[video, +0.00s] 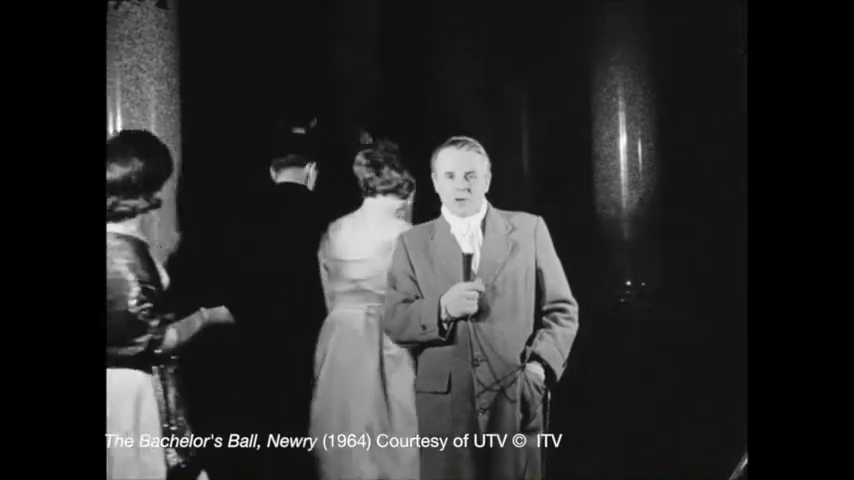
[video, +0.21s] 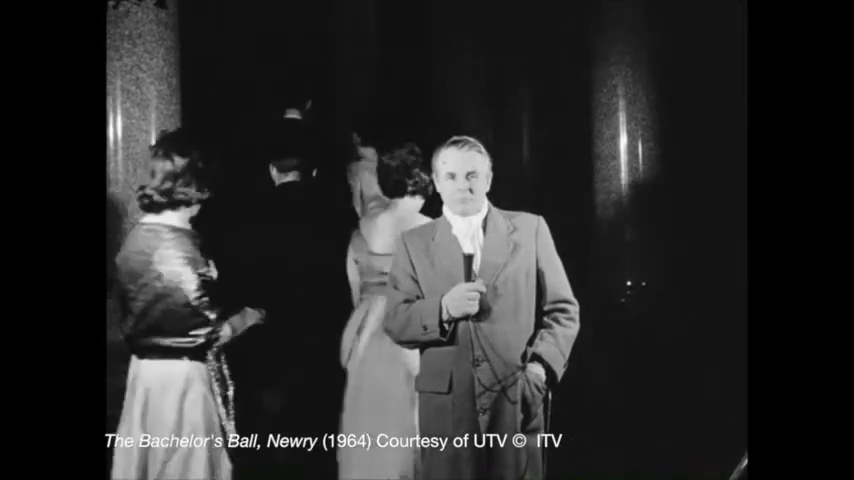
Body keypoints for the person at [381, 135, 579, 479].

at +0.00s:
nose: (460, 186)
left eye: (470, 175)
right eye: (449, 176)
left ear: (488, 181)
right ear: (435, 182)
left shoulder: (529, 230)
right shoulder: (411, 243)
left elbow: (561, 309)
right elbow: (394, 319)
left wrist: (540, 365)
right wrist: (440, 309)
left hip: (513, 397)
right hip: (441, 398)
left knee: (518, 474)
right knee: (443, 474)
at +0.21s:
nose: (462, 186)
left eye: (472, 175)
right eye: (451, 177)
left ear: (489, 180)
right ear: (436, 183)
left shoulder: (530, 230)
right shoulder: (413, 243)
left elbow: (562, 309)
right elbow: (397, 320)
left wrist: (540, 366)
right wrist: (442, 309)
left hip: (515, 398)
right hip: (445, 399)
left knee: (519, 475)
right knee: (443, 475)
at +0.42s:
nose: (464, 187)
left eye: (473, 176)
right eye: (452, 178)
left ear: (490, 180)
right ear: (437, 184)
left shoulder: (531, 229)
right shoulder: (413, 242)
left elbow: (563, 308)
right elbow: (397, 319)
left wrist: (542, 365)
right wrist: (443, 309)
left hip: (517, 398)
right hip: (446, 401)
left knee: (521, 474)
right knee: (447, 474)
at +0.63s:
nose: (463, 188)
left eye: (472, 176)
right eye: (452, 178)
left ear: (490, 180)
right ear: (437, 184)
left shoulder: (532, 229)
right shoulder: (415, 242)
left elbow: (563, 308)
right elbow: (396, 318)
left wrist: (542, 366)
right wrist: (443, 309)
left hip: (516, 398)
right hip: (446, 400)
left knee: (521, 474)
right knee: (447, 474)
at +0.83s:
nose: (463, 187)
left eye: (472, 176)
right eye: (452, 178)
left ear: (490, 179)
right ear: (437, 184)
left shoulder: (532, 228)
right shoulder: (415, 240)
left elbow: (563, 308)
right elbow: (396, 317)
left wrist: (541, 365)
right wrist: (443, 308)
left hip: (517, 396)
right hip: (446, 399)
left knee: (521, 474)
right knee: (447, 474)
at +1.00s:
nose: (462, 186)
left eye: (472, 175)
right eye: (451, 176)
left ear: (489, 179)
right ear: (436, 182)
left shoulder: (531, 228)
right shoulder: (413, 240)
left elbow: (562, 308)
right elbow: (395, 318)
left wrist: (541, 365)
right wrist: (442, 308)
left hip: (516, 397)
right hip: (446, 399)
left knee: (521, 474)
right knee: (445, 474)